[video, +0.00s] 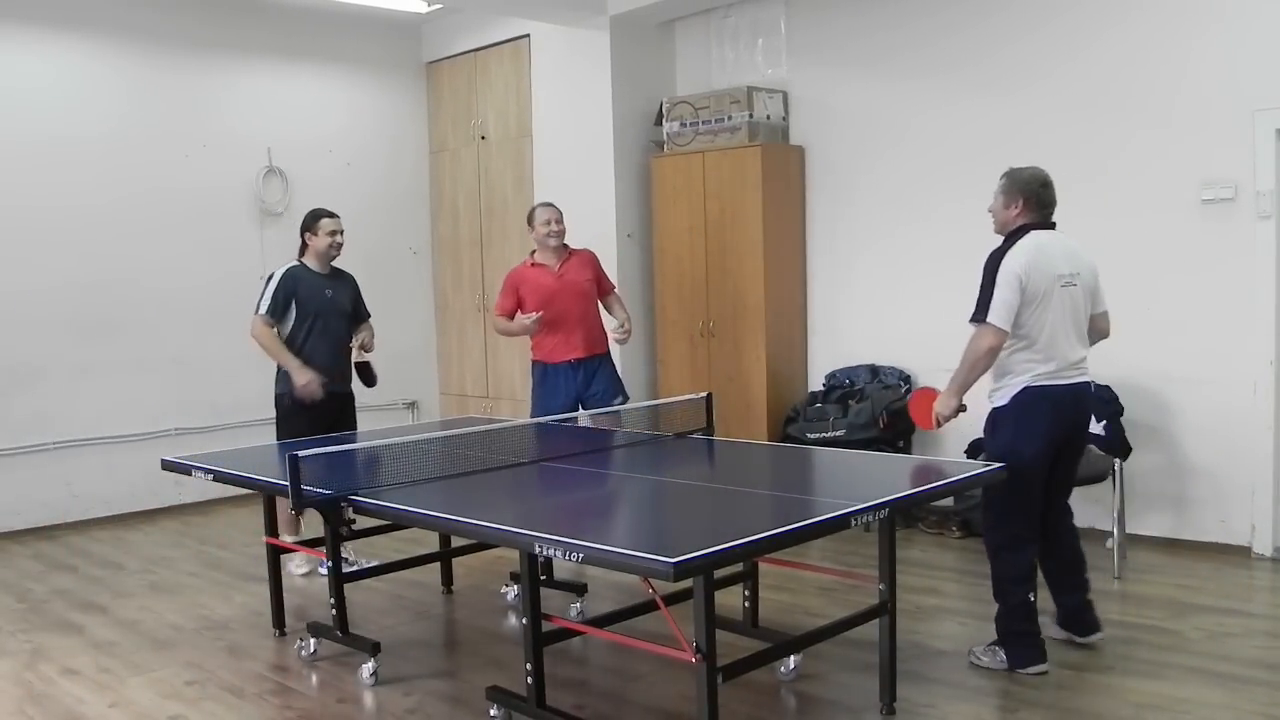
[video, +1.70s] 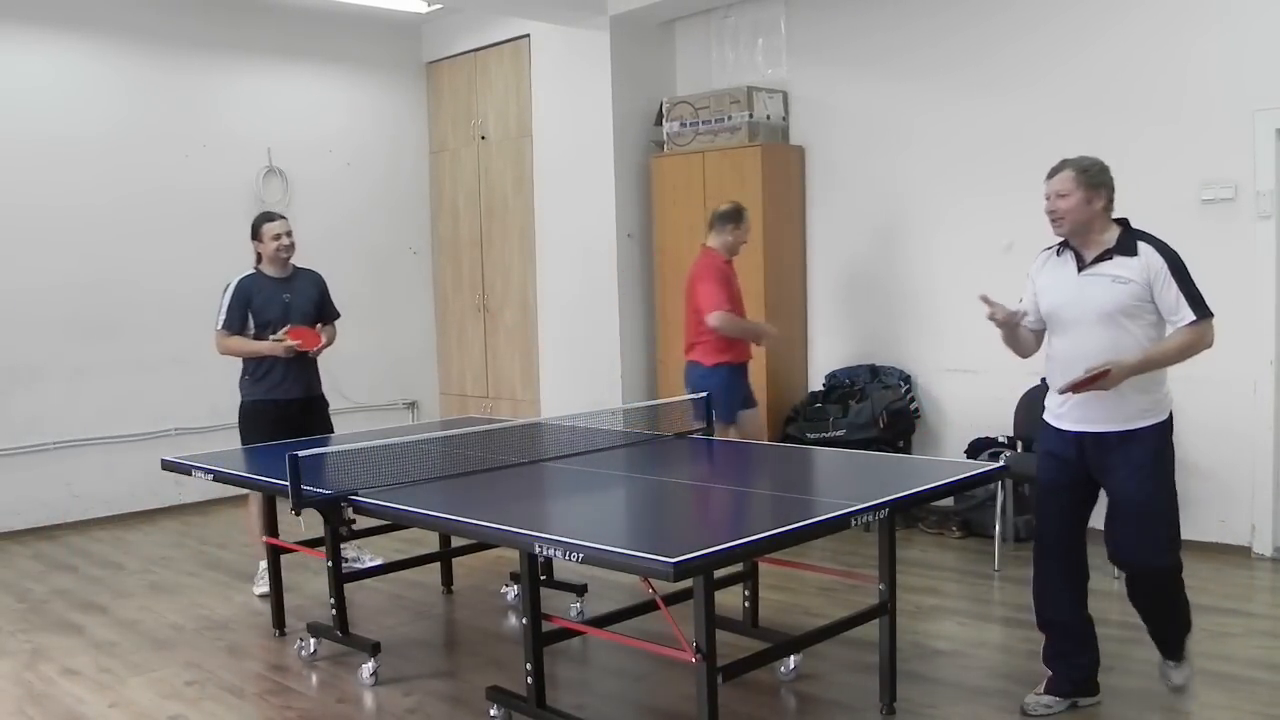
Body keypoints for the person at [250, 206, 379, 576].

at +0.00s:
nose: (340, 239)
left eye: (341, 233)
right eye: (333, 234)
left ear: (337, 238)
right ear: (309, 237)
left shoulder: (346, 280)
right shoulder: (287, 277)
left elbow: (363, 324)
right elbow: (260, 327)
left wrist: (365, 336)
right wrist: (295, 368)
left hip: (340, 394)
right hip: (298, 394)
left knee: (341, 471)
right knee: (293, 475)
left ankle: (336, 547)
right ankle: (292, 551)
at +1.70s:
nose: (286, 241)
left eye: (288, 235)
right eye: (277, 237)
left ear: (293, 238)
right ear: (258, 245)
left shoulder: (312, 280)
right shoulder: (243, 288)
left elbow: (329, 326)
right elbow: (223, 342)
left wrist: (319, 340)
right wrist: (270, 346)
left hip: (309, 402)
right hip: (262, 407)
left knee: (329, 476)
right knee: (261, 488)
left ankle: (342, 551)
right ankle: (266, 565)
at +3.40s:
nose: (304, 291)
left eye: (308, 284)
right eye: (296, 285)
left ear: (312, 285)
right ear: (274, 287)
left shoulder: (317, 324)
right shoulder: (246, 321)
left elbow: (319, 362)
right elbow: (210, 365)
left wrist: (304, 395)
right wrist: (251, 391)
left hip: (291, 414)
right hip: (242, 416)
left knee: (326, 474)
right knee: (227, 488)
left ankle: (342, 549)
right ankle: (215, 577)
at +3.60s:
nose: (319, 313)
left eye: (323, 306)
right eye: (311, 307)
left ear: (327, 305)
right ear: (289, 305)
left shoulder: (328, 341)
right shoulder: (258, 333)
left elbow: (330, 381)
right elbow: (222, 374)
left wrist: (319, 419)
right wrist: (253, 411)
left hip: (294, 414)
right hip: (245, 415)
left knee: (334, 462)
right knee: (228, 489)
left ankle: (342, 547)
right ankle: (215, 576)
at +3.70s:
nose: (325, 319)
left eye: (329, 311)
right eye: (317, 312)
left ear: (332, 309)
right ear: (295, 311)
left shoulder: (332, 343)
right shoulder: (264, 338)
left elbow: (330, 383)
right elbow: (227, 380)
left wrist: (329, 421)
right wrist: (263, 415)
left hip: (294, 411)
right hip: (247, 411)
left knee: (334, 461)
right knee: (229, 486)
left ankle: (342, 548)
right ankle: (210, 576)